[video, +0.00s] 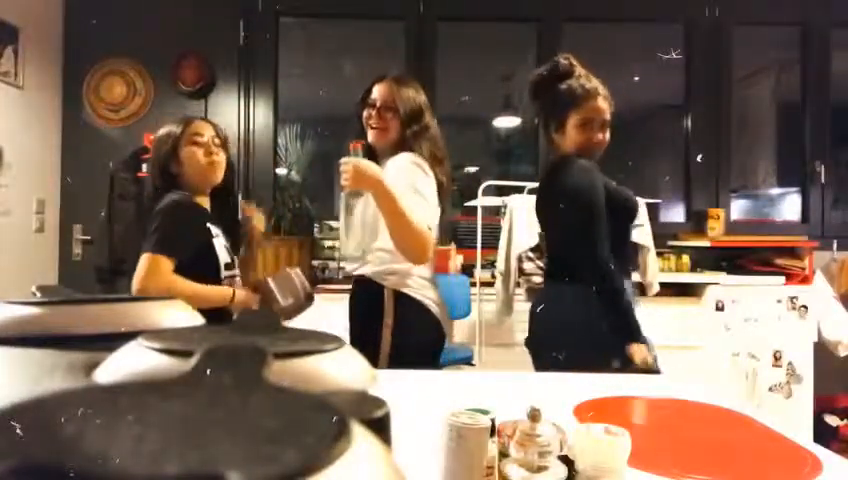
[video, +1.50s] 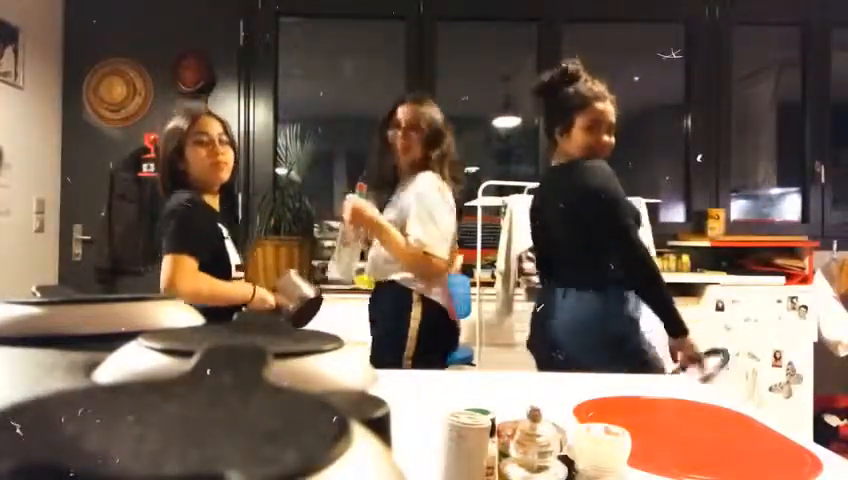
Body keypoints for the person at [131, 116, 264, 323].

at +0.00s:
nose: (213, 150)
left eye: (218, 144)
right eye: (197, 143)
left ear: (225, 158)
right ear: (173, 163)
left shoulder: (205, 213)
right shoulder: (177, 208)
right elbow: (148, 282)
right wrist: (231, 296)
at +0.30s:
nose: (218, 144)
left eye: (224, 137)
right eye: (204, 136)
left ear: (233, 150)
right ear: (180, 154)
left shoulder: (215, 206)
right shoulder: (187, 202)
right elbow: (171, 277)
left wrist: (253, 283)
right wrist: (248, 288)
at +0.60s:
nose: (217, 134)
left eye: (223, 126)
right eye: (202, 126)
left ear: (232, 137)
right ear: (178, 142)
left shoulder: (212, 191)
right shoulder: (186, 190)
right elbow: (172, 270)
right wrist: (247, 282)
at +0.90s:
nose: (214, 131)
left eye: (220, 122)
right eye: (199, 123)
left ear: (230, 133)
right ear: (176, 141)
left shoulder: (213, 188)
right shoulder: (185, 185)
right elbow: (166, 263)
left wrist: (249, 271)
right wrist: (241, 276)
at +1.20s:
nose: (217, 140)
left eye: (223, 131)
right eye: (202, 132)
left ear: (233, 141)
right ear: (179, 150)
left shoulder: (214, 202)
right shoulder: (186, 196)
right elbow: (167, 270)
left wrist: (260, 290)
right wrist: (243, 283)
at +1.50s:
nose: (218, 150)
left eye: (224, 142)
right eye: (202, 142)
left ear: (234, 152)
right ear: (179, 159)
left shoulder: (216, 212)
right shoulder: (186, 209)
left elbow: (228, 284)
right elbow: (178, 284)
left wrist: (274, 297)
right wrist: (250, 293)